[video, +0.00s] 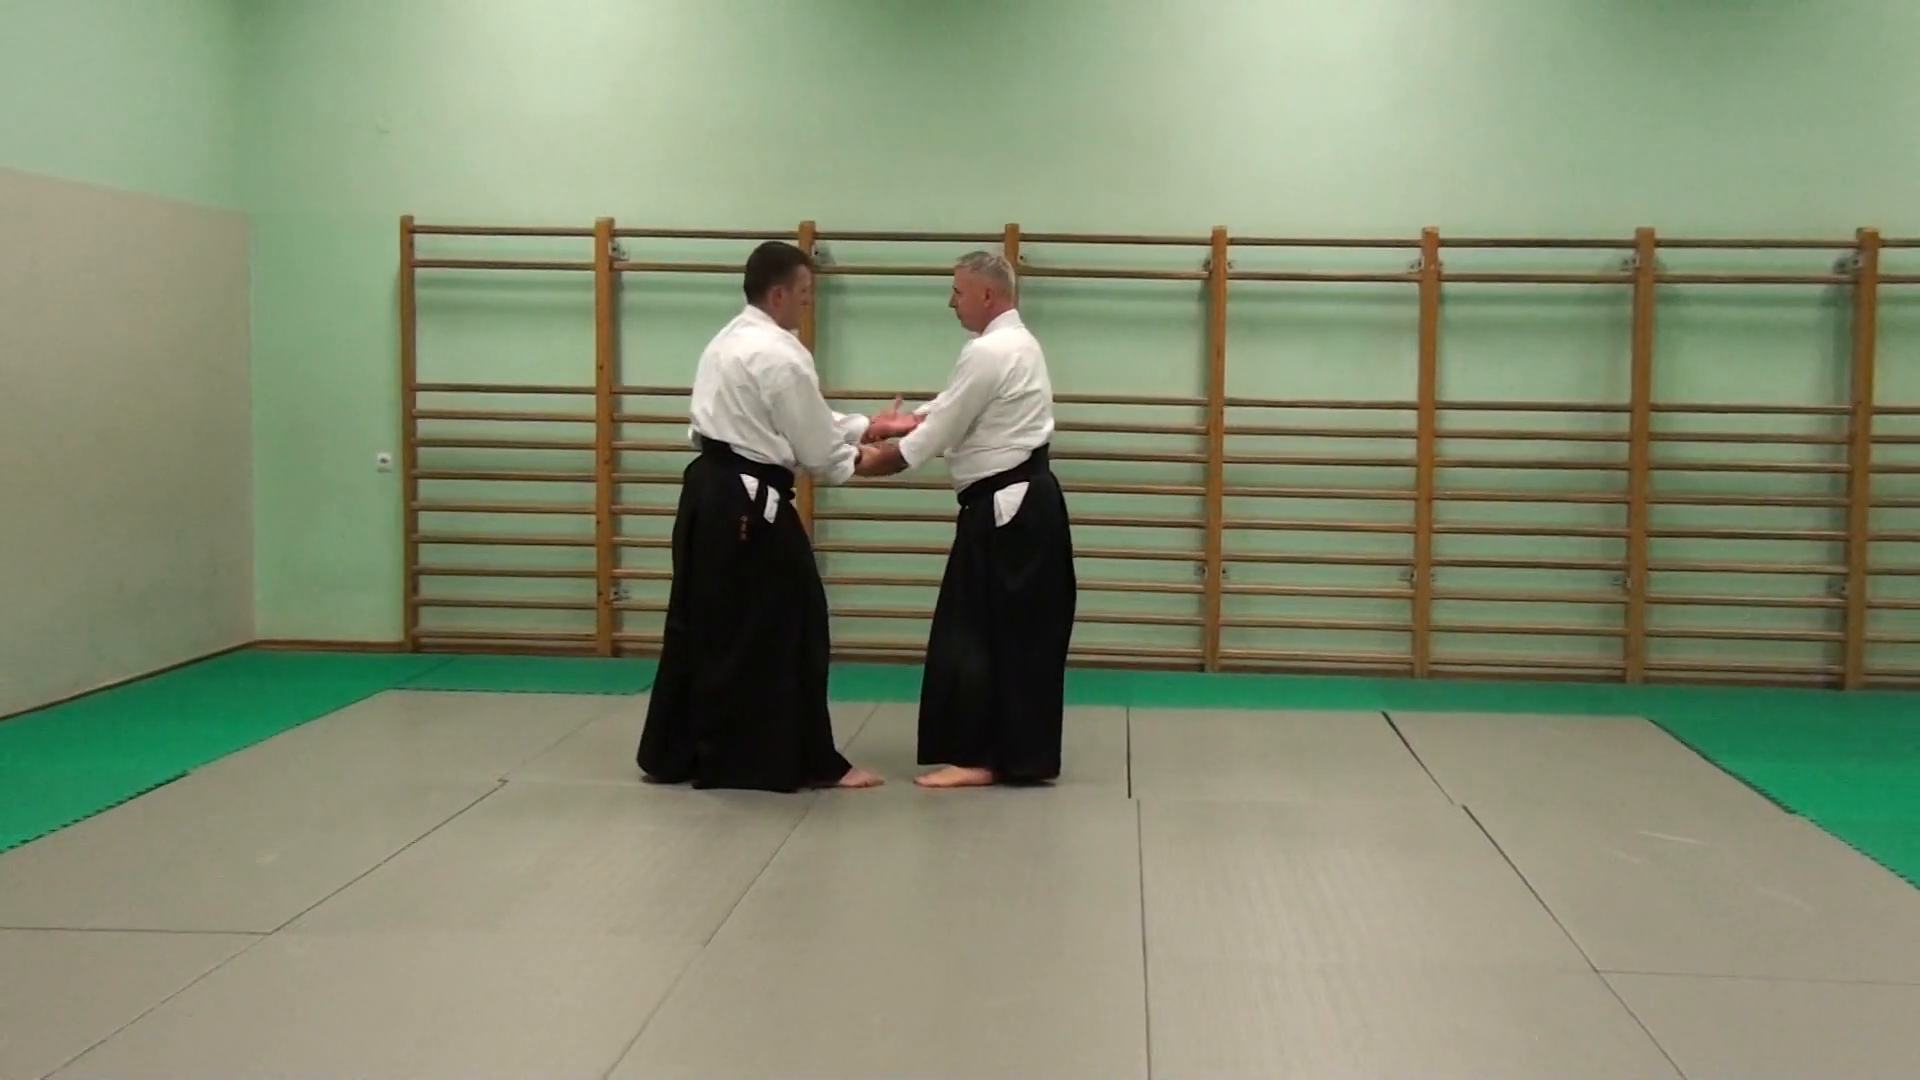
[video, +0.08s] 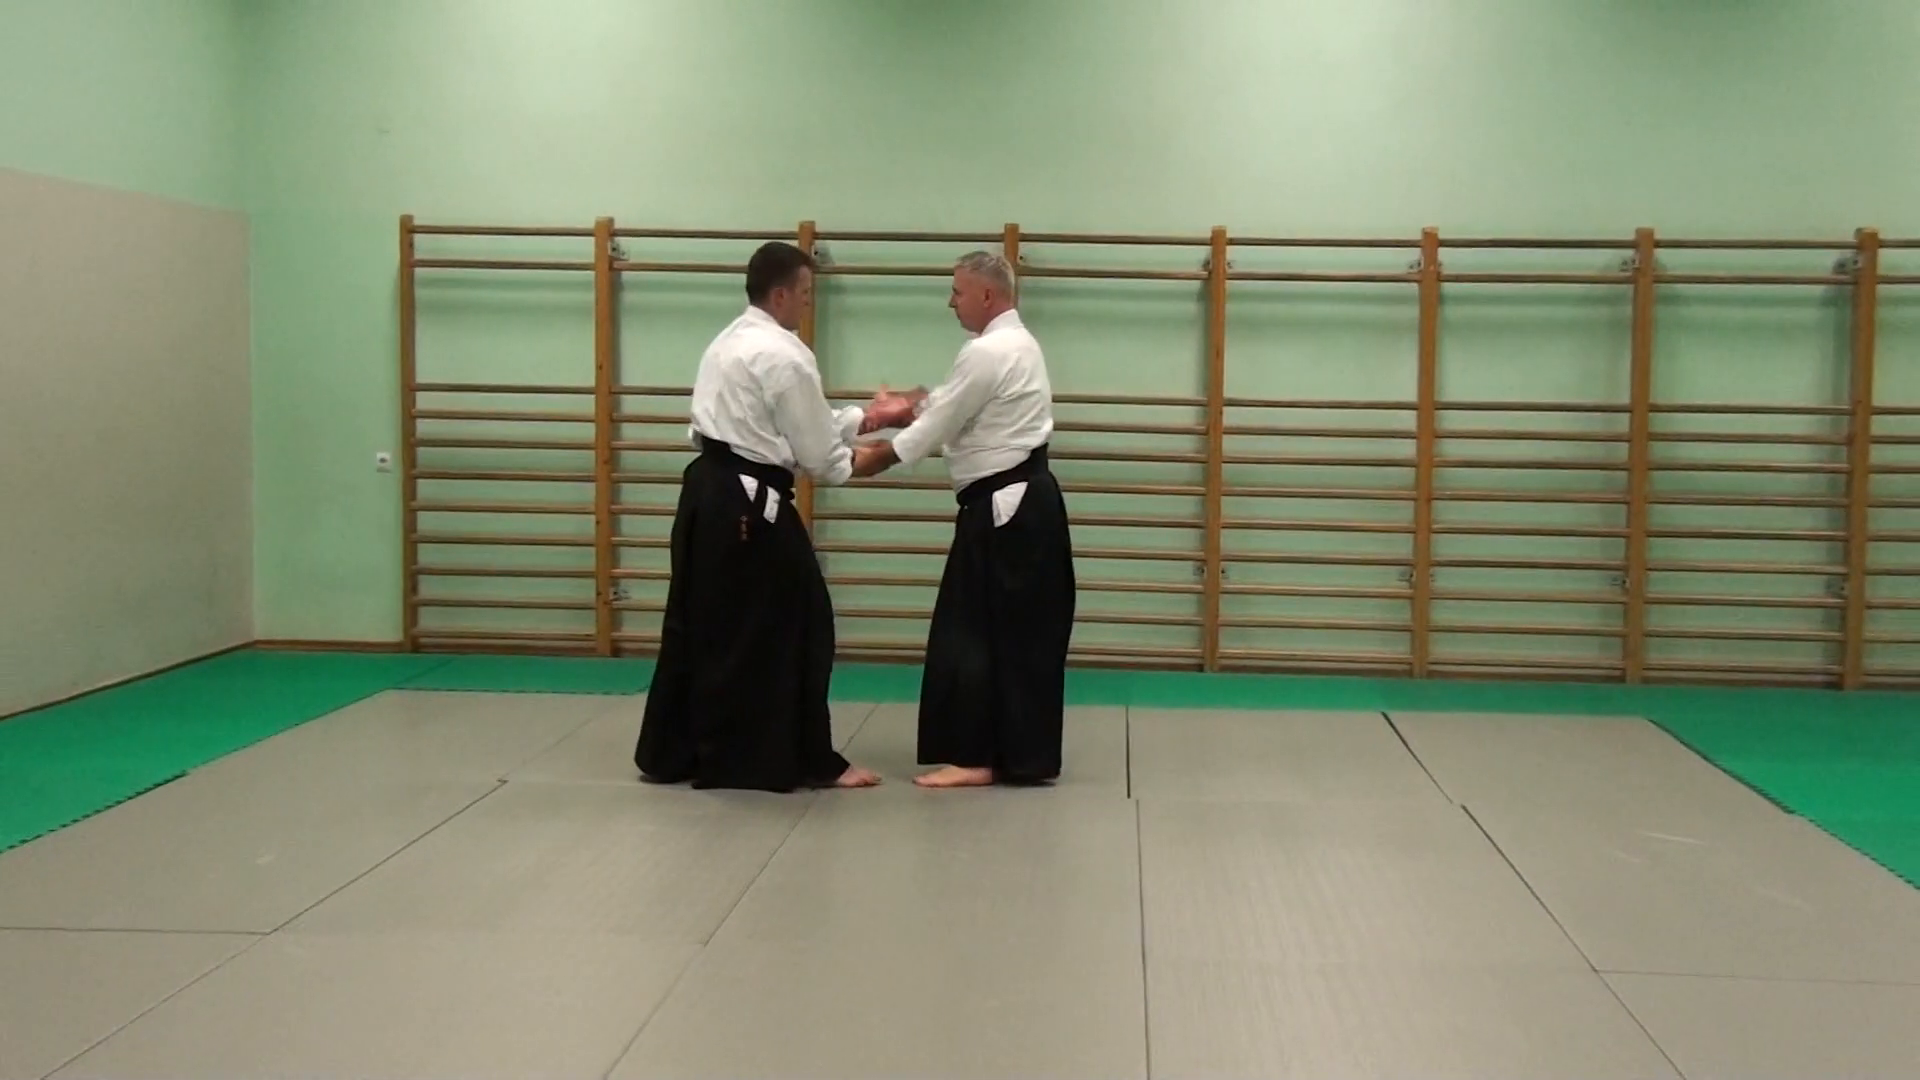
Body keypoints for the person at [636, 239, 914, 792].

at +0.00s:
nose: (807, 302)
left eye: (807, 290)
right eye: (803, 291)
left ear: (758, 290)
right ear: (778, 291)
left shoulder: (727, 340)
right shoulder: (783, 358)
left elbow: (793, 421)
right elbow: (820, 458)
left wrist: (867, 424)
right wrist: (865, 460)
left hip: (707, 491)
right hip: (755, 505)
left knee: (705, 621)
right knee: (801, 619)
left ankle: (677, 753)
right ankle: (811, 759)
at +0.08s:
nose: (809, 302)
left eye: (809, 291)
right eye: (805, 292)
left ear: (764, 293)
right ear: (781, 294)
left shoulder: (730, 341)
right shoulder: (785, 358)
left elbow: (792, 421)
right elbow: (821, 460)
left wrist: (867, 413)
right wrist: (867, 458)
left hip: (705, 490)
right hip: (753, 503)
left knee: (704, 621)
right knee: (807, 619)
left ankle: (680, 751)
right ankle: (811, 758)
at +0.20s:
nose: (821, 303)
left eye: (821, 293)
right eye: (818, 293)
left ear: (776, 295)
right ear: (797, 296)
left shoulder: (744, 342)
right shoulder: (799, 359)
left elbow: (798, 428)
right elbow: (820, 461)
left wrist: (864, 398)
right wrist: (850, 482)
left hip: (714, 490)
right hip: (760, 504)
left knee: (711, 620)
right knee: (823, 617)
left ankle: (674, 750)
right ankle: (815, 756)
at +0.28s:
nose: (839, 303)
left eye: (838, 292)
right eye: (835, 292)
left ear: (790, 293)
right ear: (814, 294)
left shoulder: (761, 342)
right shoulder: (814, 361)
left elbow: (819, 419)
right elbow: (830, 461)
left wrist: (868, 379)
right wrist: (857, 501)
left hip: (732, 491)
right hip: (773, 507)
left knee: (721, 621)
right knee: (834, 616)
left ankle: (675, 749)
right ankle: (828, 757)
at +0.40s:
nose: (867, 306)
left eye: (865, 295)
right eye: (863, 296)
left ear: (818, 296)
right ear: (844, 300)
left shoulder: (794, 342)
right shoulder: (839, 364)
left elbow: (862, 393)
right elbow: (854, 461)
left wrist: (896, 334)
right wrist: (877, 525)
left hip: (768, 495)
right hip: (802, 512)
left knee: (748, 627)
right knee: (850, 623)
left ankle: (685, 748)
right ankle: (835, 767)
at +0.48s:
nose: (894, 303)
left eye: (895, 294)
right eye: (890, 294)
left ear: (846, 292)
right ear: (871, 295)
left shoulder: (823, 338)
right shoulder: (869, 366)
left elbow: (893, 364)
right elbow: (878, 463)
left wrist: (927, 307)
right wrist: (891, 535)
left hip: (801, 499)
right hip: (833, 515)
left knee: (776, 629)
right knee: (859, 635)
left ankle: (705, 737)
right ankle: (839, 773)